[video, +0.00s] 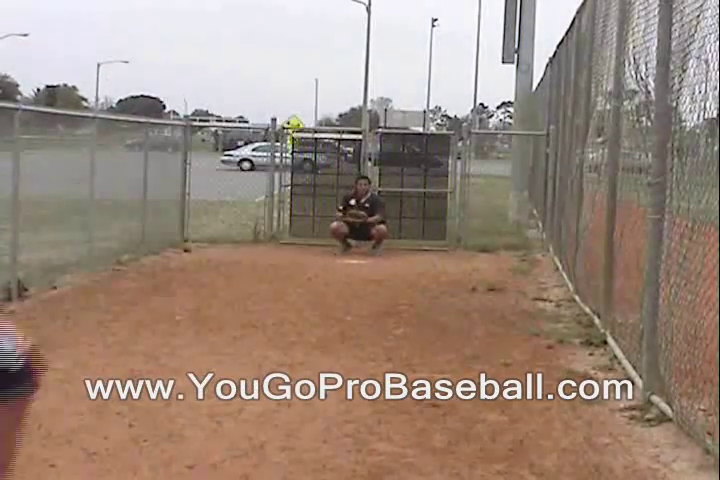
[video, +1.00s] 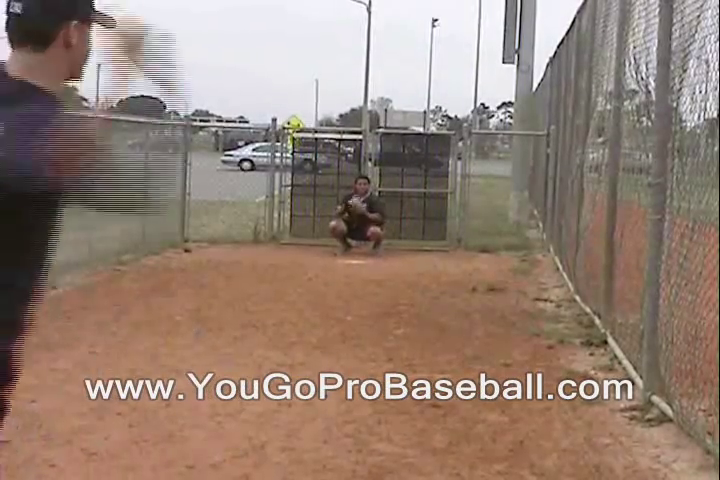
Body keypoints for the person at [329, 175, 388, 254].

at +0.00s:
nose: (362, 188)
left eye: (365, 185)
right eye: (360, 185)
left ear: (369, 187)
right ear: (355, 186)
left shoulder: (375, 200)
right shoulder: (348, 198)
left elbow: (380, 216)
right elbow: (339, 214)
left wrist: (366, 220)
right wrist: (349, 219)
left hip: (367, 227)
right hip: (351, 226)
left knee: (381, 229)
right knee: (335, 227)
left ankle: (376, 245)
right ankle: (345, 245)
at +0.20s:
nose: (362, 187)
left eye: (365, 184)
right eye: (360, 184)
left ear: (369, 186)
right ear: (355, 186)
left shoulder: (375, 200)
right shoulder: (348, 198)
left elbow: (380, 217)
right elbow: (338, 213)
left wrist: (367, 219)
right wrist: (348, 218)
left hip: (366, 226)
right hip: (350, 226)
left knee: (380, 230)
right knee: (335, 227)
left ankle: (376, 246)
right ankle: (345, 245)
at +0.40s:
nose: (362, 187)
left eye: (365, 184)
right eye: (360, 184)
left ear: (369, 186)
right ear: (355, 186)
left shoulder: (374, 201)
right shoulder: (347, 199)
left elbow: (380, 217)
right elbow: (339, 214)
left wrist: (365, 219)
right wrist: (348, 217)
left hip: (366, 227)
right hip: (350, 226)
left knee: (379, 231)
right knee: (334, 227)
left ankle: (377, 245)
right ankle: (345, 245)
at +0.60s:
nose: (362, 187)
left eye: (365, 184)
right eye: (359, 184)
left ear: (368, 186)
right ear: (355, 186)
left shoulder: (373, 199)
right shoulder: (348, 198)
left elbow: (379, 215)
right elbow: (339, 213)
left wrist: (366, 218)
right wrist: (348, 217)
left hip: (365, 226)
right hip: (350, 226)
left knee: (377, 231)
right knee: (335, 226)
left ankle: (377, 244)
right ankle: (345, 245)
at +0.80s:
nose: (362, 187)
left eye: (364, 185)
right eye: (359, 185)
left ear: (368, 187)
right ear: (355, 186)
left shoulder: (373, 200)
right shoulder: (348, 199)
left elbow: (379, 216)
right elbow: (339, 213)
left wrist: (365, 217)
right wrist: (346, 217)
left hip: (365, 227)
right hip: (350, 226)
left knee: (377, 231)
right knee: (334, 227)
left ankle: (376, 245)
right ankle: (345, 245)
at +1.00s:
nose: (362, 187)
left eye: (365, 184)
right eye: (359, 184)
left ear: (368, 186)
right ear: (355, 186)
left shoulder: (374, 200)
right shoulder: (348, 198)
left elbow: (380, 218)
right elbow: (338, 215)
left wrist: (364, 212)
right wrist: (343, 210)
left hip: (366, 226)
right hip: (351, 226)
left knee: (375, 231)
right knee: (334, 226)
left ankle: (376, 245)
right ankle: (346, 245)